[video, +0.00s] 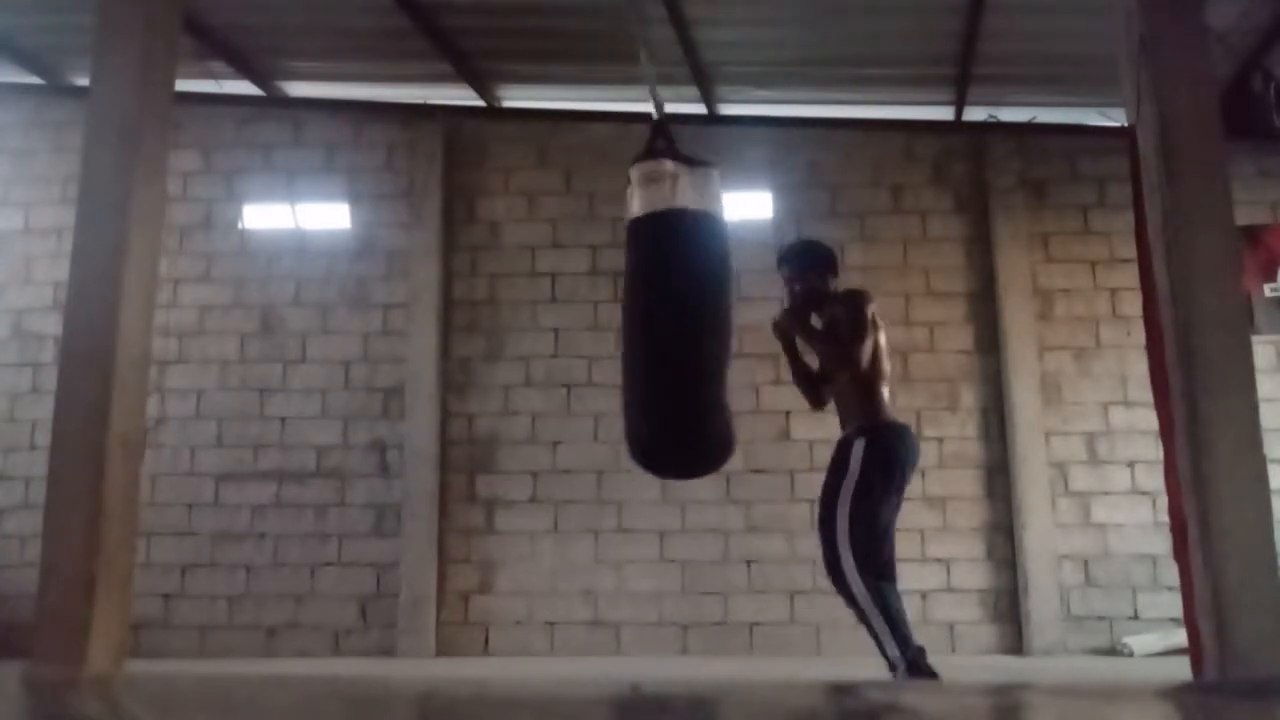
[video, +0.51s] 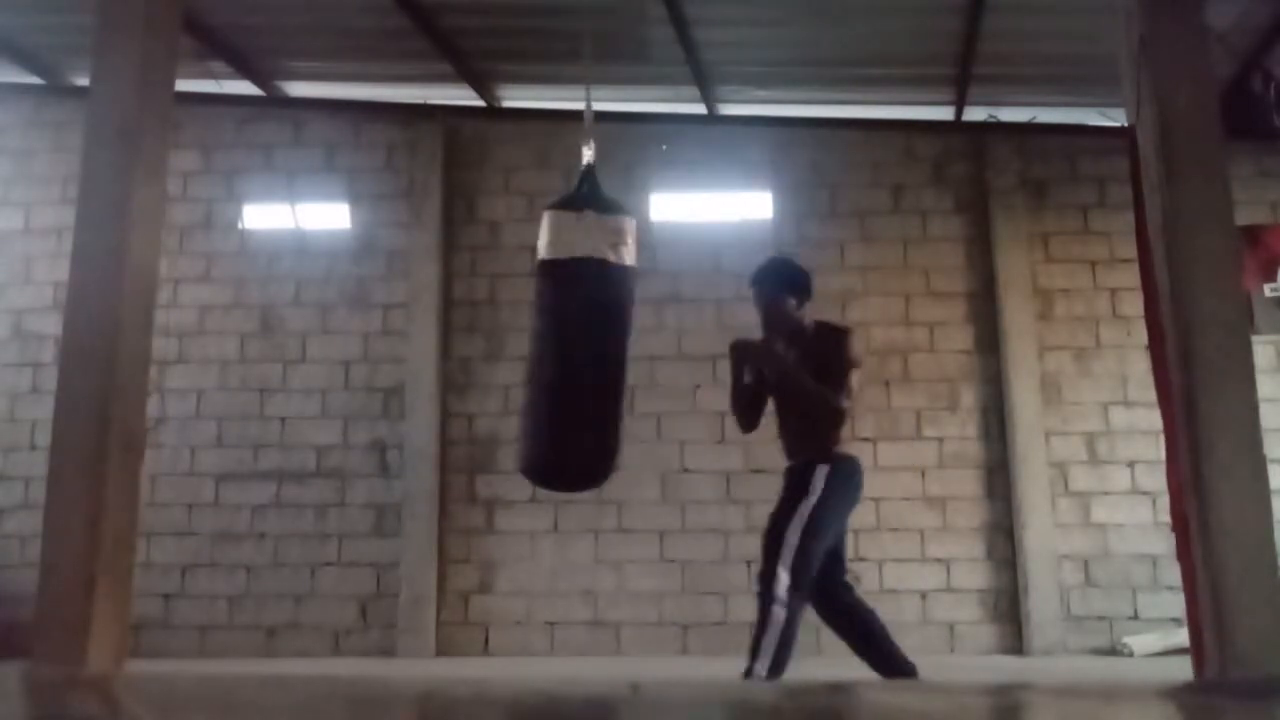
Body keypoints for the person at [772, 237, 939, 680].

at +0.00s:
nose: (789, 292)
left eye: (794, 281)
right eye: (786, 283)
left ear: (817, 277)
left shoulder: (851, 303)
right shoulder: (829, 322)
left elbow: (852, 361)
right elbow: (815, 396)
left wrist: (802, 329)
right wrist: (787, 344)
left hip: (869, 444)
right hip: (888, 442)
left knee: (842, 557)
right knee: (873, 559)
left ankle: (905, 665)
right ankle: (912, 664)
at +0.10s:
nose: (787, 315)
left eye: (791, 303)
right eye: (785, 305)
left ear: (817, 300)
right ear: (814, 304)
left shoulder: (857, 327)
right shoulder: (828, 347)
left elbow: (855, 393)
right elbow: (817, 419)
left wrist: (803, 354)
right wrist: (785, 367)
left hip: (873, 466)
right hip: (882, 466)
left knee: (823, 573)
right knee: (857, 580)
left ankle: (905, 672)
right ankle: (913, 675)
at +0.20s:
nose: (786, 307)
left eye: (792, 296)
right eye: (783, 298)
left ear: (818, 295)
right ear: (801, 300)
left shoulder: (859, 325)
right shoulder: (815, 344)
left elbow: (858, 389)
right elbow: (813, 414)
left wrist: (805, 348)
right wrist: (782, 365)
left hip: (865, 458)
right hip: (864, 460)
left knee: (803, 550)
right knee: (851, 567)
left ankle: (869, 658)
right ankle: (897, 663)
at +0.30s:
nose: (782, 296)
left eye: (788, 284)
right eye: (780, 286)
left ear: (813, 281)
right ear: (792, 286)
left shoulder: (850, 316)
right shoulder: (802, 335)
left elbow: (854, 374)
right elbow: (789, 401)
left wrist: (803, 333)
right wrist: (770, 350)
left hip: (855, 449)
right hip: (842, 452)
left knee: (802, 532)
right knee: (850, 569)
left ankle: (816, 665)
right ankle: (906, 673)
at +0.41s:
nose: (777, 297)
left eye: (784, 286)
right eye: (775, 287)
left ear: (809, 286)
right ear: (777, 290)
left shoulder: (843, 325)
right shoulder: (787, 338)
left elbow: (851, 370)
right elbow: (763, 406)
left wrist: (798, 340)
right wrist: (754, 352)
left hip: (844, 460)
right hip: (823, 462)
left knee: (807, 566)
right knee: (843, 581)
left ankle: (769, 678)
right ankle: (909, 679)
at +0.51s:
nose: (760, 310)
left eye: (766, 300)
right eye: (758, 300)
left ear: (791, 299)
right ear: (765, 300)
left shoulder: (828, 339)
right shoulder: (768, 348)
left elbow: (834, 411)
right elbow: (747, 419)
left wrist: (779, 364)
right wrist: (745, 370)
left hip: (828, 471)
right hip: (805, 472)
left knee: (782, 577)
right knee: (827, 587)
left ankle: (756, 690)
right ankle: (906, 681)